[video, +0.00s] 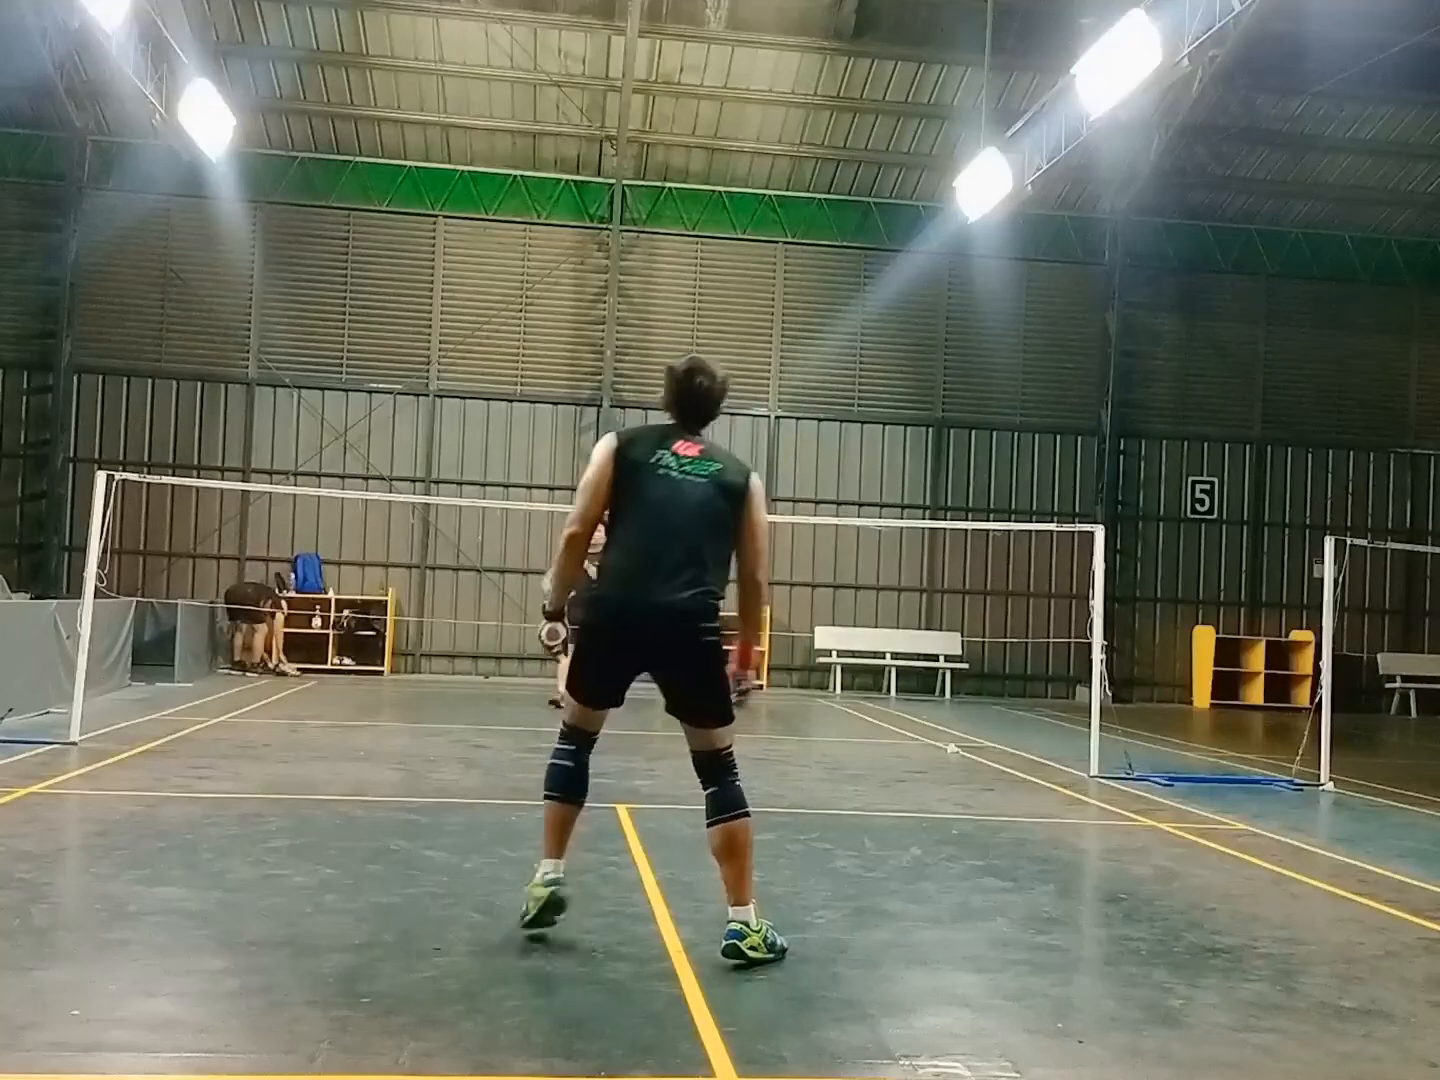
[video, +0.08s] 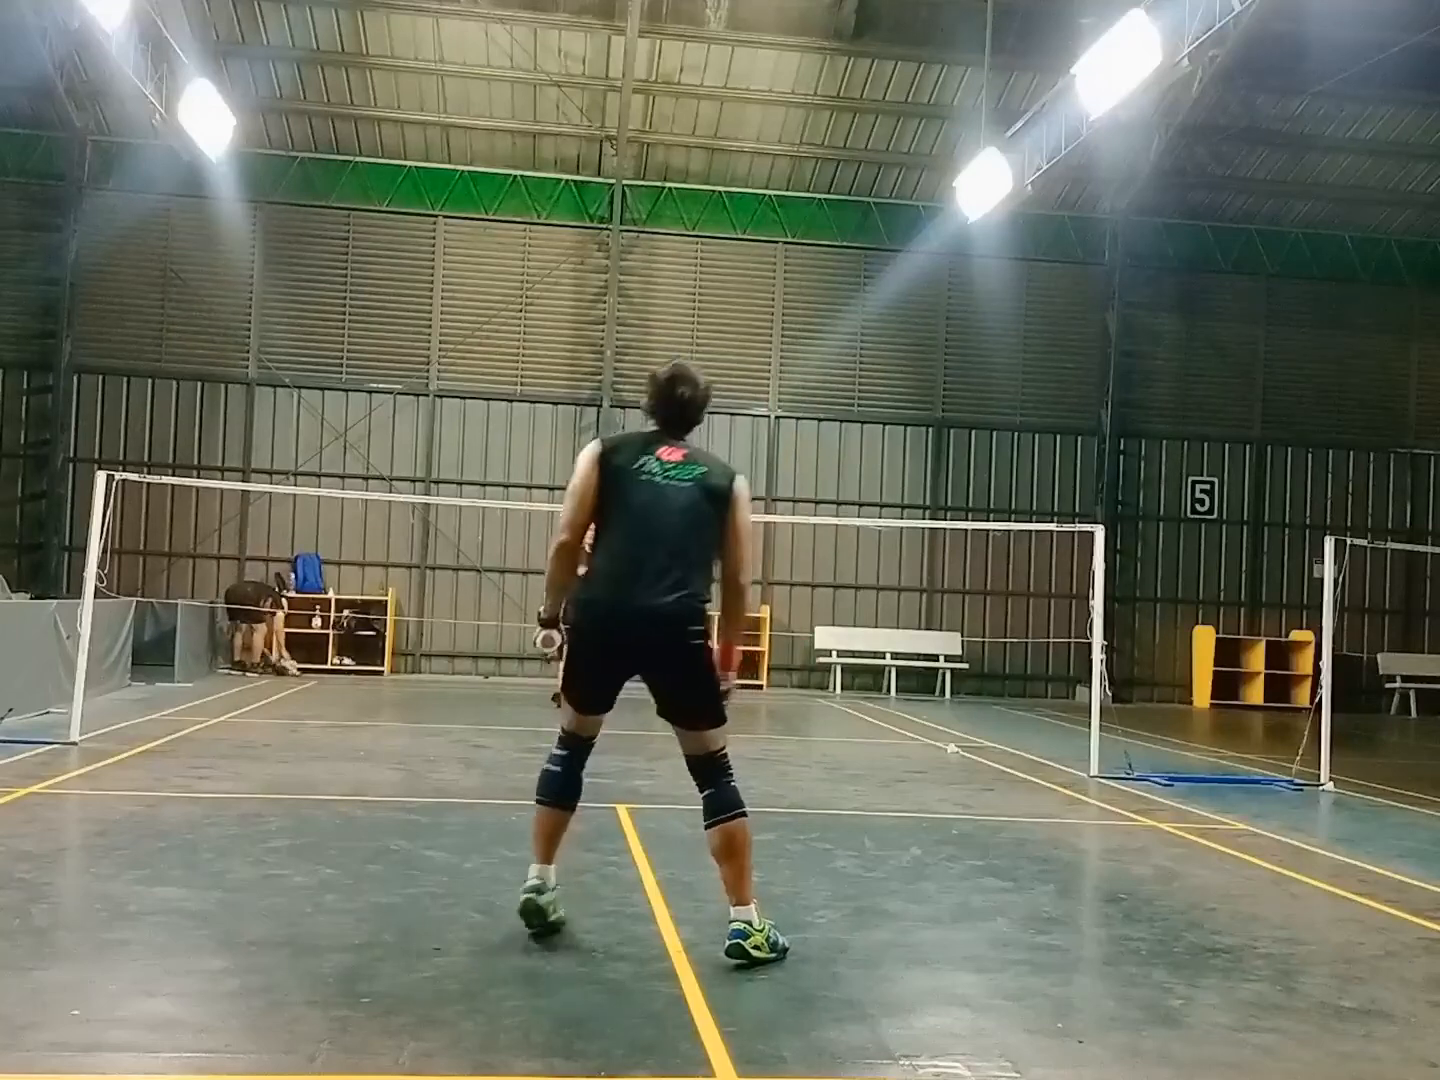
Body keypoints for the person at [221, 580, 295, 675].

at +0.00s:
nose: (285, 615)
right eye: (285, 612)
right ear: (284, 605)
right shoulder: (279, 607)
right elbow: (277, 633)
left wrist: (264, 656)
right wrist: (280, 654)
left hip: (231, 592)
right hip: (248, 596)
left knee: (239, 630)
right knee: (261, 630)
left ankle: (236, 661)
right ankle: (255, 663)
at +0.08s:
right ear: (283, 603)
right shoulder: (279, 604)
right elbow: (278, 630)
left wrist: (268, 655)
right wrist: (283, 651)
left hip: (231, 592)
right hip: (248, 595)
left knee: (239, 629)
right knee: (260, 630)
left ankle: (236, 661)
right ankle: (256, 663)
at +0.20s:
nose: (288, 605)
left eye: (289, 602)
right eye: (289, 601)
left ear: (281, 592)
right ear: (285, 595)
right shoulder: (279, 597)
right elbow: (282, 624)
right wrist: (288, 643)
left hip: (231, 592)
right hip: (248, 596)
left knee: (238, 629)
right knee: (259, 629)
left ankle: (236, 661)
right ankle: (255, 663)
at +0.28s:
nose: (286, 601)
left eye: (288, 599)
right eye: (289, 598)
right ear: (287, 591)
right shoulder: (279, 591)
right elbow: (282, 616)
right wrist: (291, 637)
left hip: (231, 590)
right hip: (246, 593)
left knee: (237, 629)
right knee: (258, 628)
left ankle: (236, 661)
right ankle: (255, 664)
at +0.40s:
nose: (287, 598)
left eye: (290, 596)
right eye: (289, 595)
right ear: (288, 587)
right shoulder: (277, 588)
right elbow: (280, 614)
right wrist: (289, 633)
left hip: (231, 590)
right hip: (245, 593)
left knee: (237, 629)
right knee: (258, 628)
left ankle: (236, 661)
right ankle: (254, 664)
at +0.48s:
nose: (289, 595)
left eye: (291, 592)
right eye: (291, 591)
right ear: (288, 585)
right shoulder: (275, 586)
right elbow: (275, 612)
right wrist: (281, 633)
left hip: (230, 590)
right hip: (245, 593)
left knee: (237, 628)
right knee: (256, 628)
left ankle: (236, 661)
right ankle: (254, 664)